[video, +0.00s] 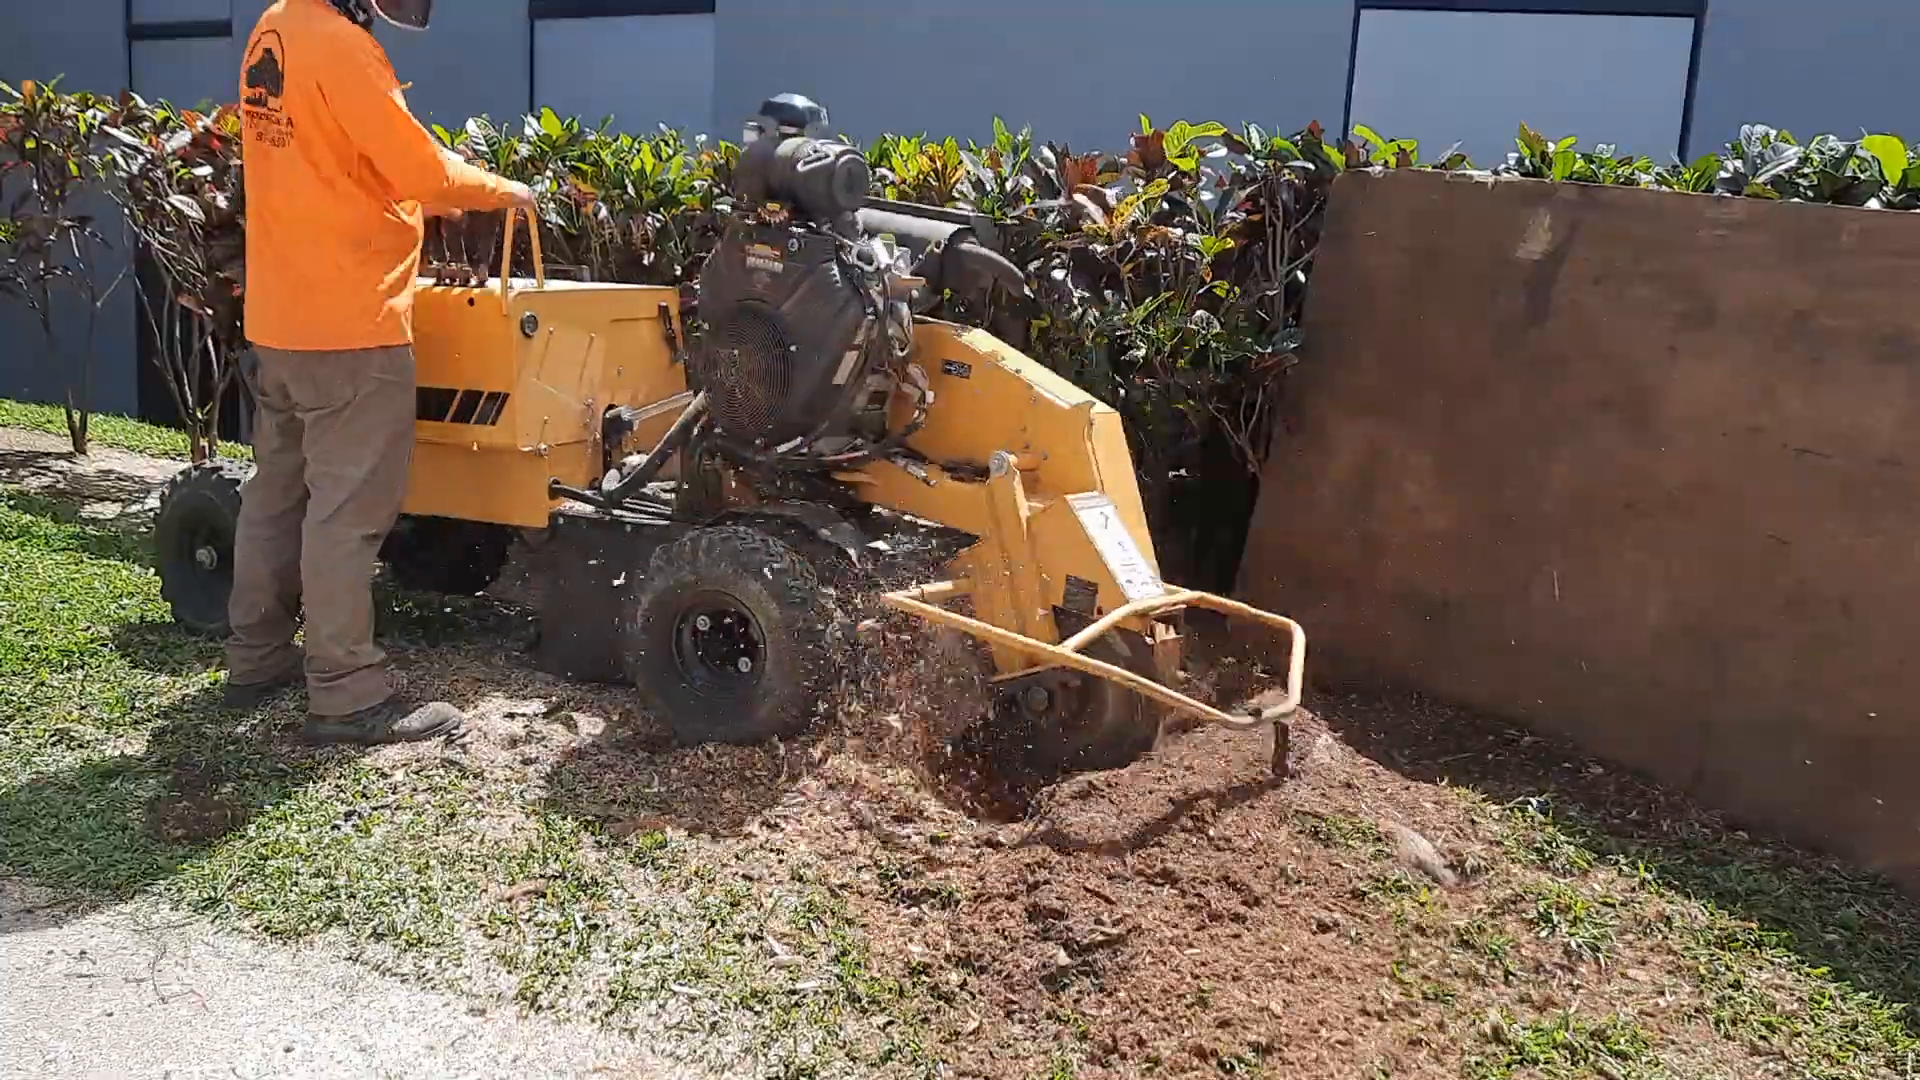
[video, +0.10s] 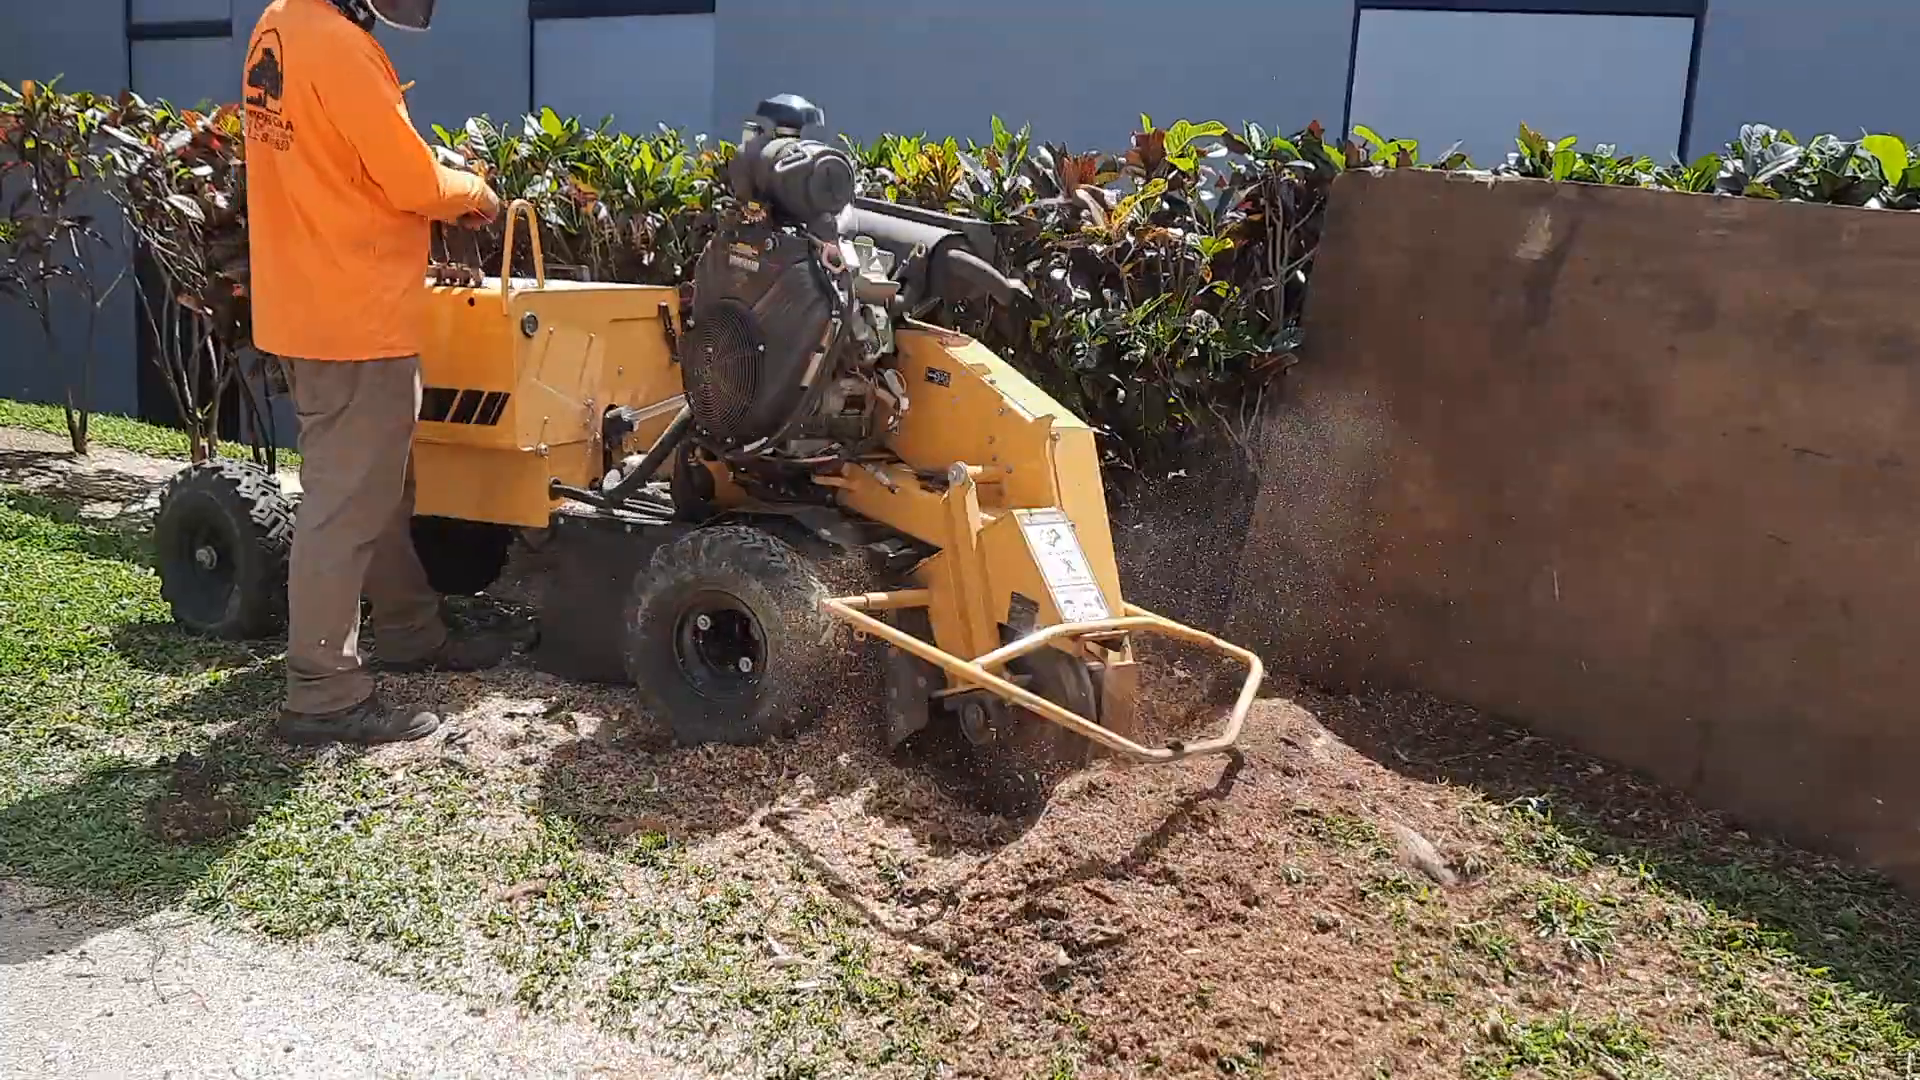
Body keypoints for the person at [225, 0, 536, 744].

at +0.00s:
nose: (409, 13)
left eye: (409, 7)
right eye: (407, 3)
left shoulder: (274, 27)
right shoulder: (346, 49)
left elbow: (344, 159)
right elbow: (422, 173)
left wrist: (449, 174)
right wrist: (499, 191)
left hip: (279, 323)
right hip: (352, 328)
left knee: (276, 495)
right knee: (349, 509)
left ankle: (256, 658)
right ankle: (345, 693)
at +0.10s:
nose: (416, 12)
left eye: (416, 7)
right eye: (413, 4)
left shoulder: (279, 25)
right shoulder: (345, 48)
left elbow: (342, 162)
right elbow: (413, 183)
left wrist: (444, 188)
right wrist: (472, 191)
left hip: (314, 311)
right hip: (357, 318)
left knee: (375, 482)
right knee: (344, 502)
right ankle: (323, 695)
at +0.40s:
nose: (400, 13)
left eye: (402, 6)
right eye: (399, 2)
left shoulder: (274, 23)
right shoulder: (331, 51)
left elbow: (346, 165)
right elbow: (408, 180)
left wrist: (437, 191)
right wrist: (472, 185)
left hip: (307, 317)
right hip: (351, 324)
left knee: (368, 489)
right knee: (342, 509)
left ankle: (412, 633)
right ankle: (322, 695)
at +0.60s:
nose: (434, 26)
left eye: (440, 19)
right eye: (435, 16)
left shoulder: (335, 24)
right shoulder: (362, 44)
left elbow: (373, 158)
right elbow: (422, 189)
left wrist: (450, 180)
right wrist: (476, 193)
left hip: (318, 287)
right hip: (360, 280)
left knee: (323, 488)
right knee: (549, 333)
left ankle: (294, 666)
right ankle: (617, 520)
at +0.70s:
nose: (435, 14)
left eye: (435, 8)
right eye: (431, 5)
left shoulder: (339, 30)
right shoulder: (342, 39)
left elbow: (390, 168)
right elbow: (406, 182)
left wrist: (482, 189)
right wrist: (498, 196)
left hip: (329, 288)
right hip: (360, 280)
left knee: (329, 486)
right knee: (547, 326)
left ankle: (298, 665)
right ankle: (650, 510)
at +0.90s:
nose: (479, 8)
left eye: (480, 4)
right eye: (474, 2)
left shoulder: (315, 25)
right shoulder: (437, 61)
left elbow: (297, 153)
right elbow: (501, 196)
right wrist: (529, 194)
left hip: (334, 315)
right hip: (411, 327)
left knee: (351, 491)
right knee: (398, 515)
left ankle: (302, 666)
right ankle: (373, 707)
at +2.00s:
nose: (468, 22)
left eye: (471, 15)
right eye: (469, 12)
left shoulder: (342, 29)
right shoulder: (399, 51)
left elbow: (392, 168)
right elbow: (468, 180)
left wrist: (486, 203)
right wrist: (543, 197)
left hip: (374, 323)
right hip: (396, 331)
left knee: (462, 474)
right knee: (394, 509)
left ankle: (402, 648)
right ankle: (370, 707)